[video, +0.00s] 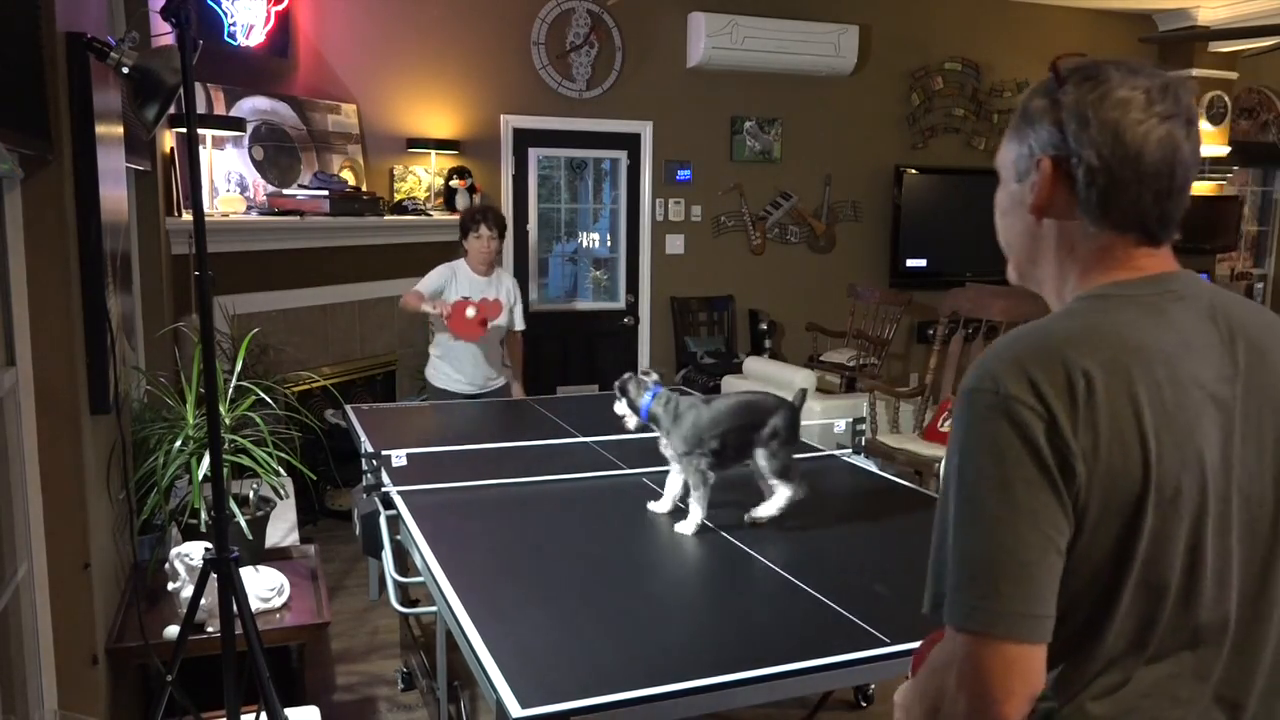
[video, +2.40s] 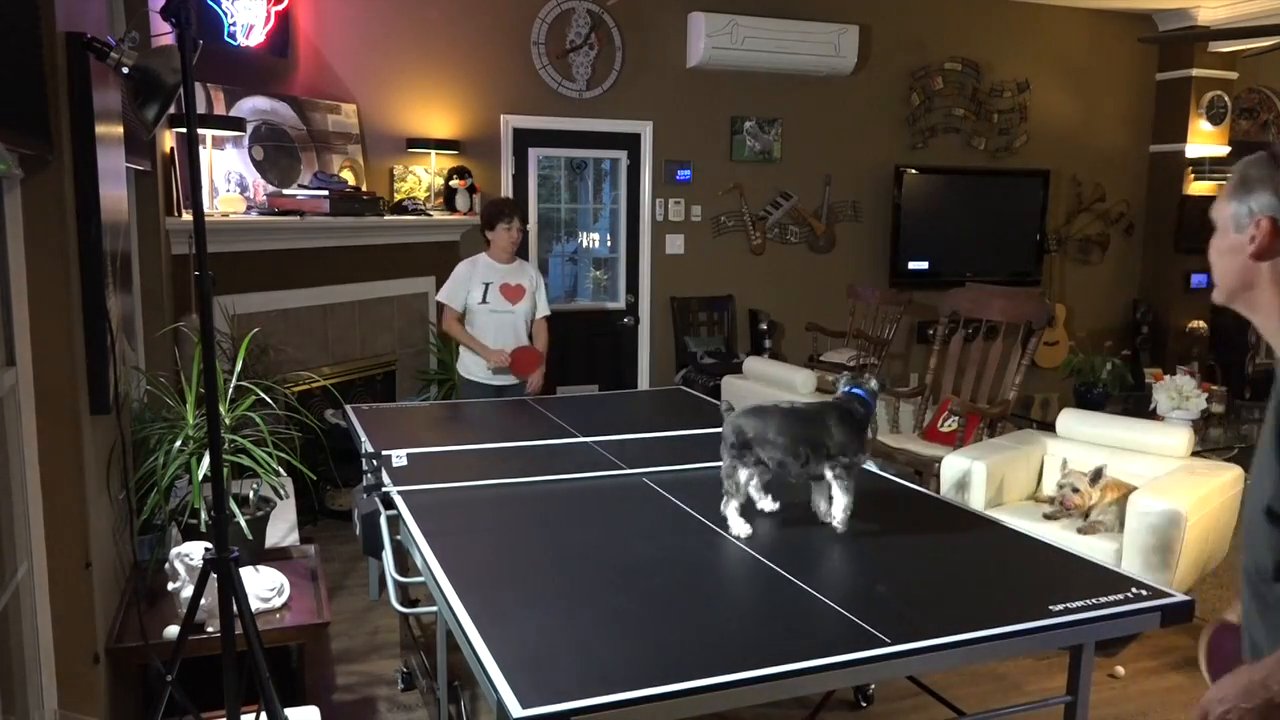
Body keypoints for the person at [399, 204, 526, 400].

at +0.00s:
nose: (486, 245)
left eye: (492, 238)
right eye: (477, 238)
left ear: (500, 243)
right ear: (465, 242)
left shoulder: (507, 283)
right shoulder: (447, 273)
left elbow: (514, 336)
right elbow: (407, 300)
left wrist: (516, 381)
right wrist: (430, 306)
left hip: (493, 386)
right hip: (448, 387)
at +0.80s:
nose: (476, 236)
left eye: (483, 230)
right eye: (468, 229)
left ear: (491, 236)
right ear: (455, 235)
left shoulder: (501, 275)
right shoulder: (437, 271)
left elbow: (511, 329)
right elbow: (395, 305)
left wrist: (515, 381)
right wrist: (412, 323)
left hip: (494, 385)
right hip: (447, 388)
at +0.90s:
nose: (485, 242)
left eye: (491, 235)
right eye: (476, 235)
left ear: (499, 239)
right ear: (464, 241)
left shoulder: (512, 279)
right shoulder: (446, 278)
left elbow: (521, 330)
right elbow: (410, 322)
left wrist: (527, 380)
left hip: (502, 389)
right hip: (458, 390)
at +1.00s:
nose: (496, 251)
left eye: (502, 244)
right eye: (487, 243)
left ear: (508, 245)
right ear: (474, 245)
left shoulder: (522, 281)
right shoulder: (458, 283)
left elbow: (532, 330)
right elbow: (431, 334)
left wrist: (536, 377)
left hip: (515, 387)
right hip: (470, 391)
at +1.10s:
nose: (504, 251)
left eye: (510, 243)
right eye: (496, 243)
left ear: (516, 242)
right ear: (482, 242)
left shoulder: (528, 275)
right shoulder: (467, 279)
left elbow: (540, 324)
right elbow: (444, 333)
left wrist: (539, 366)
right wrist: (473, 355)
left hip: (521, 385)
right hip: (478, 387)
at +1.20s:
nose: (508, 245)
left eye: (514, 238)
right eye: (500, 237)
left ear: (521, 237)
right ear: (487, 236)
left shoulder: (531, 270)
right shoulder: (472, 271)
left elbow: (544, 318)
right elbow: (459, 315)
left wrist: (540, 358)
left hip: (523, 374)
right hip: (483, 373)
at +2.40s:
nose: (515, 236)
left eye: (519, 230)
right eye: (508, 229)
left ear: (523, 232)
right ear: (488, 232)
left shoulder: (531, 273)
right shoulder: (468, 270)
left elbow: (539, 323)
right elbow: (449, 322)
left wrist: (539, 366)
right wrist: (487, 353)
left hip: (518, 381)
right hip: (476, 382)